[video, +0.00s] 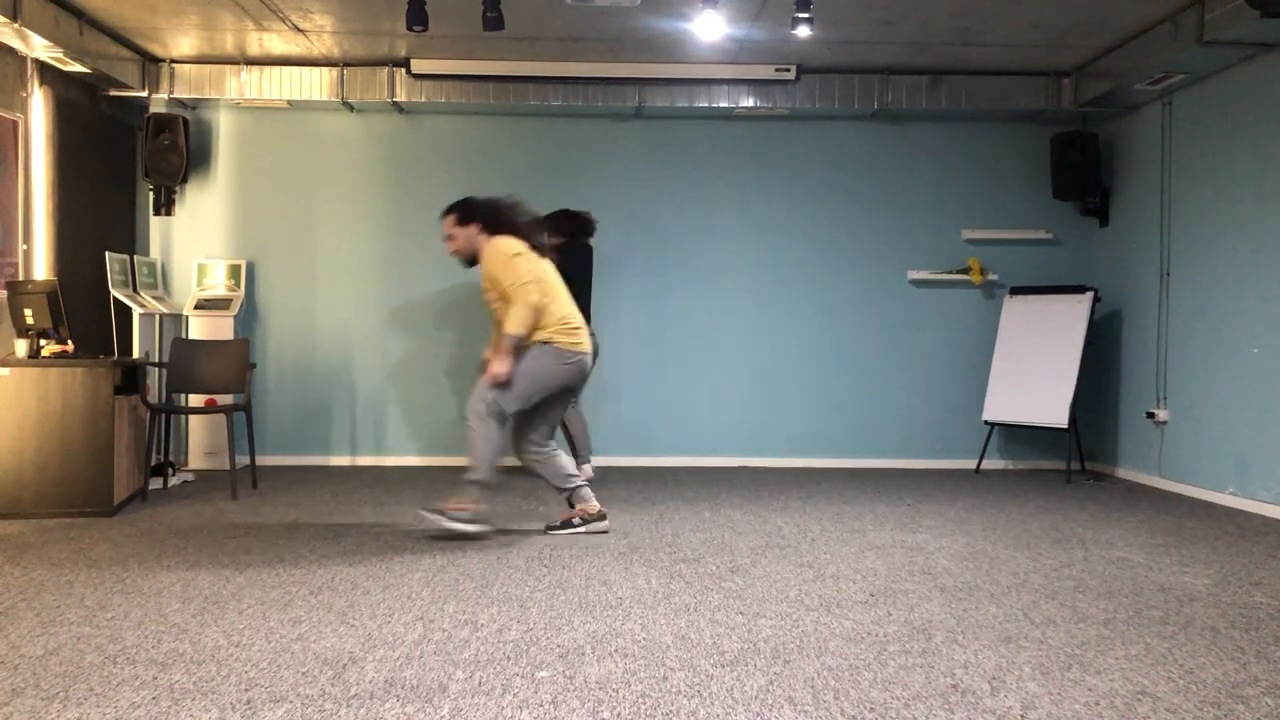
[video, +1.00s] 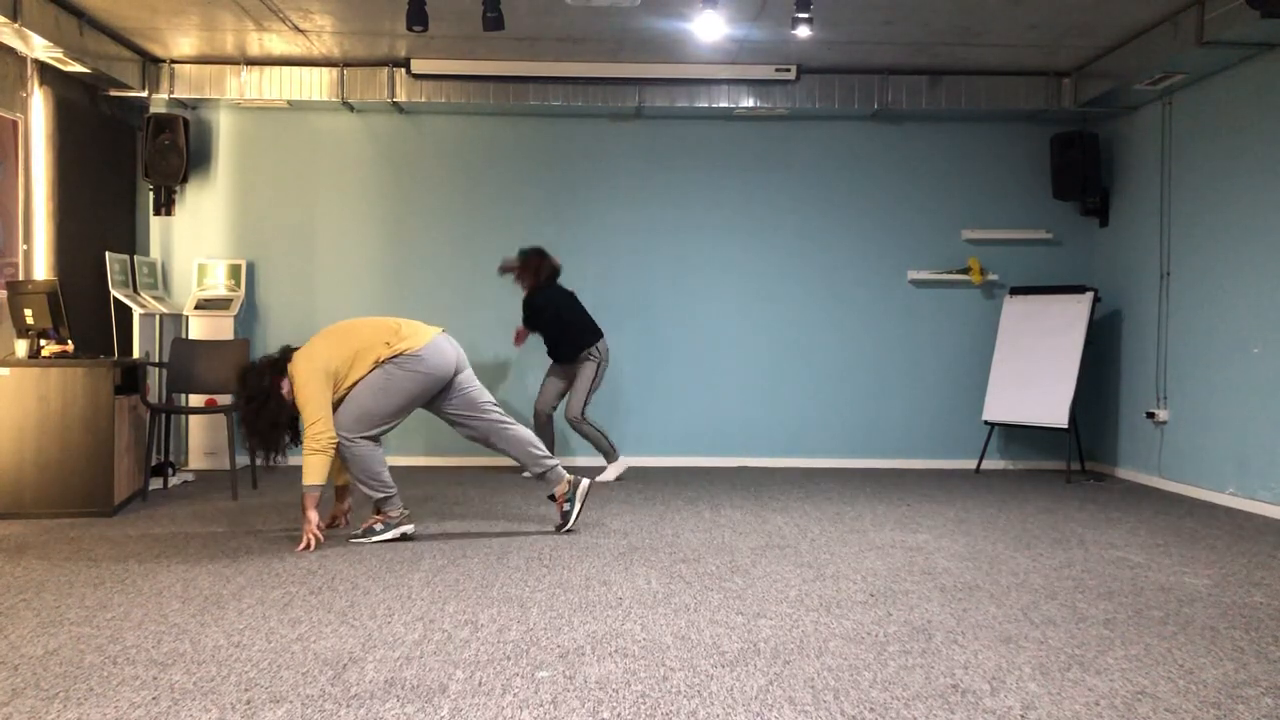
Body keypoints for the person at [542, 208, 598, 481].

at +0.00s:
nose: (545, 239)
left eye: (549, 234)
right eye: (545, 233)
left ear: (561, 234)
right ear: (573, 232)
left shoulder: (574, 254)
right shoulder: (578, 252)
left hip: (576, 337)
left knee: (566, 401)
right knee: (551, 401)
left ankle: (583, 462)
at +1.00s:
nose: (518, 277)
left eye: (522, 272)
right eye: (517, 272)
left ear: (532, 273)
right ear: (542, 271)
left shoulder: (539, 299)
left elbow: (533, 323)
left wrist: (525, 330)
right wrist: (518, 265)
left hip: (591, 354)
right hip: (564, 358)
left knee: (574, 415)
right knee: (542, 410)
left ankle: (615, 462)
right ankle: (545, 465)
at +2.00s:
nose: (698, 308)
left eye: (701, 302)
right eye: (692, 303)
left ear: (707, 302)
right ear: (676, 302)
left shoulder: (691, 319)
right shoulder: (665, 323)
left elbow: (712, 335)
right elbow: (694, 359)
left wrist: (739, 354)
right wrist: (730, 385)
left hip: (657, 367)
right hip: (626, 372)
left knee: (688, 415)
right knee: (658, 431)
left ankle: (685, 475)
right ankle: (627, 463)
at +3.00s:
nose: (755, 226)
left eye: (754, 220)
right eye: (747, 222)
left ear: (753, 227)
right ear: (727, 230)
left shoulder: (760, 258)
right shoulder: (706, 267)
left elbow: (766, 306)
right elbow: (687, 317)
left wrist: (773, 353)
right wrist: (666, 367)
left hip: (730, 351)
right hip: (698, 350)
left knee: (758, 415)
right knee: (728, 420)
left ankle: (734, 488)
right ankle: (670, 474)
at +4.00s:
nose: (748, 266)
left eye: (747, 260)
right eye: (743, 261)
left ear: (722, 264)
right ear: (724, 265)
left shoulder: (716, 281)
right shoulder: (709, 283)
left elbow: (764, 296)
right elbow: (758, 300)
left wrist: (817, 311)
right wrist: (816, 315)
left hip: (640, 332)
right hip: (629, 332)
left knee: (670, 404)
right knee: (667, 405)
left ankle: (656, 481)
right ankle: (638, 480)